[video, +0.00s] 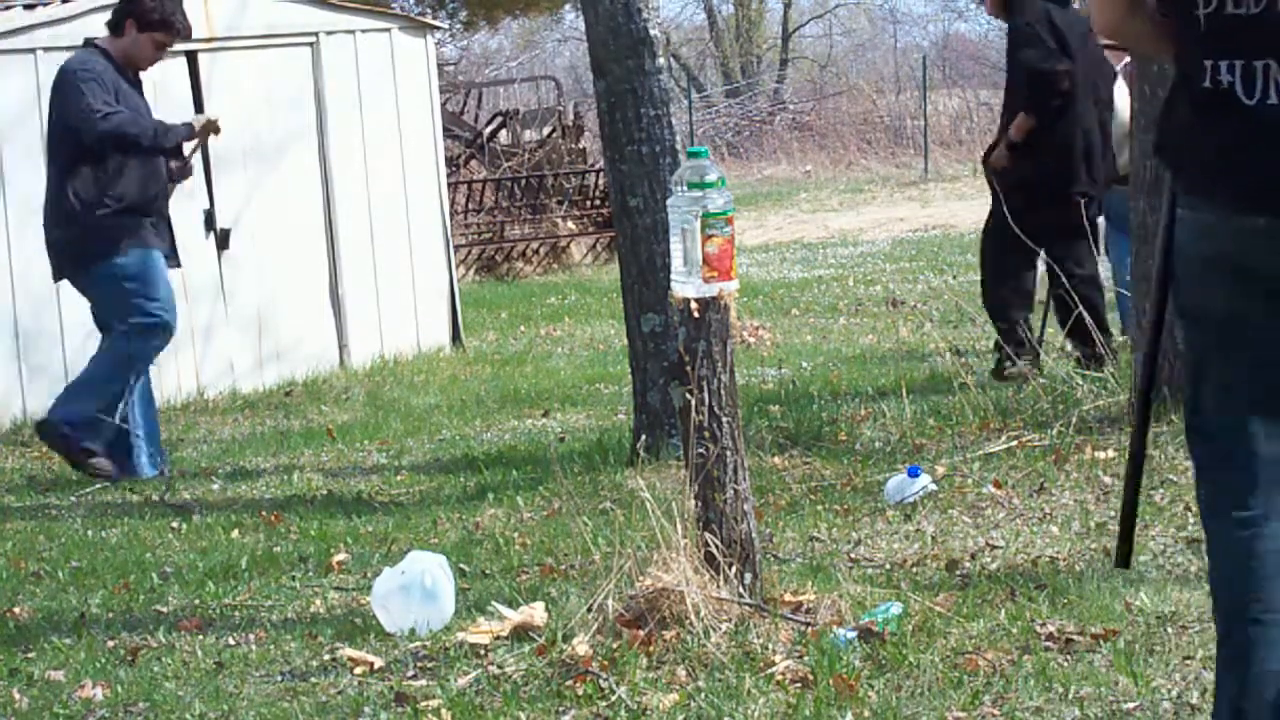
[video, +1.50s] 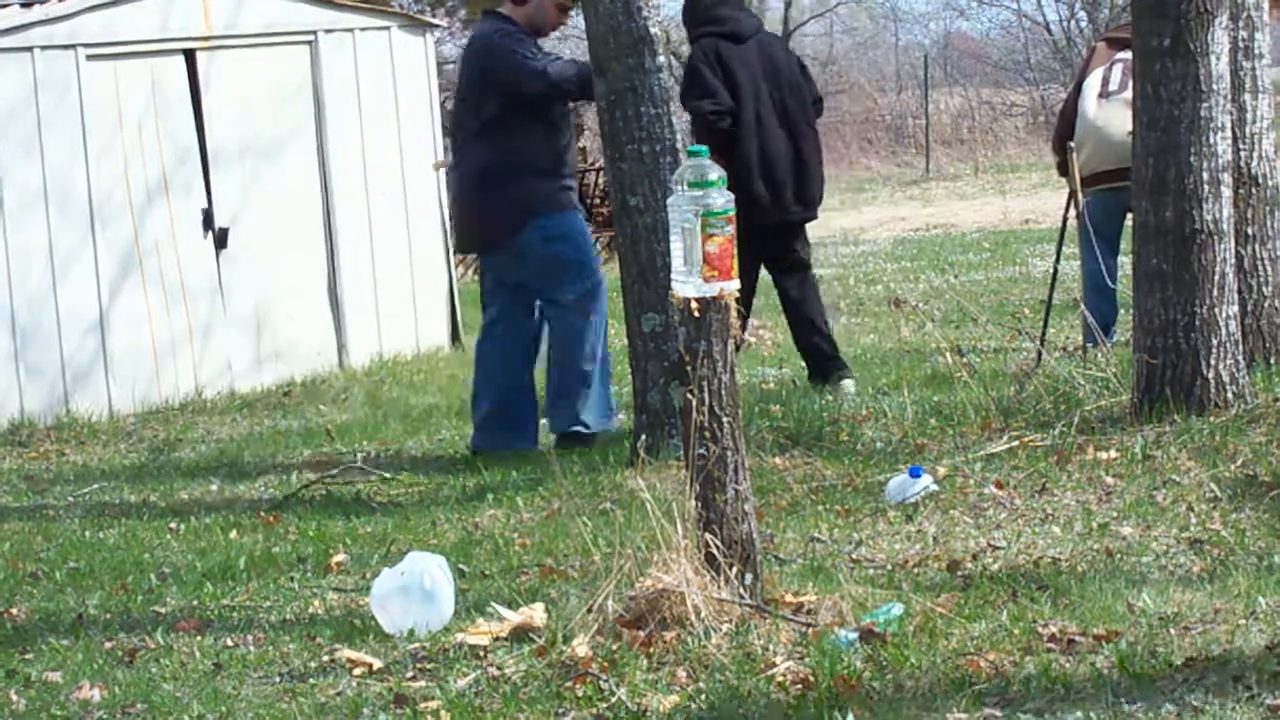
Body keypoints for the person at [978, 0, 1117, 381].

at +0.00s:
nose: (985, 6)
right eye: (983, 2)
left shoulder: (1026, 21)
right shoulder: (1075, 20)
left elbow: (1052, 83)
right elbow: (1104, 84)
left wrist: (1010, 142)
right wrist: (1096, 156)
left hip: (1033, 171)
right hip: (1079, 166)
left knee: (1004, 255)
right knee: (1073, 259)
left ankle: (1017, 356)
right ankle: (1095, 354)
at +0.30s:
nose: (899, 16)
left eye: (898, 8)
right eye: (896, 10)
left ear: (913, 2)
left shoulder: (937, 29)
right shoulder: (986, 24)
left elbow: (953, 99)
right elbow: (1023, 83)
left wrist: (926, 162)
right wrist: (1016, 160)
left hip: (960, 179)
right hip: (999, 173)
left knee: (941, 277)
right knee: (1009, 269)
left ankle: (937, 378)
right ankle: (1076, 348)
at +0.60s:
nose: (834, 16)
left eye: (833, 9)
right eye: (831, 10)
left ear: (845, 3)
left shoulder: (865, 30)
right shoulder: (921, 20)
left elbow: (883, 103)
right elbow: (962, 75)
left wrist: (869, 164)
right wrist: (949, 142)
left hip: (901, 172)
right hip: (937, 163)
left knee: (900, 260)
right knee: (899, 257)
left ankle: (929, 370)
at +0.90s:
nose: (785, 19)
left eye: (786, 12)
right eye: (784, 13)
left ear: (798, 9)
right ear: (835, 2)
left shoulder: (811, 41)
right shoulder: (872, 37)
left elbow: (820, 110)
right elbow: (906, 97)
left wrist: (807, 171)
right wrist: (889, 158)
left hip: (837, 180)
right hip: (881, 175)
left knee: (844, 274)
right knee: (848, 275)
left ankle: (920, 360)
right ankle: (832, 374)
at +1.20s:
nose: (741, 16)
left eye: (743, 11)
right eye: (742, 12)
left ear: (753, 8)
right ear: (798, 3)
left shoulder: (761, 40)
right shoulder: (829, 39)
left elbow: (766, 106)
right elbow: (863, 97)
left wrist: (753, 161)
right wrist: (833, 139)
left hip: (779, 178)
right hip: (832, 173)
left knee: (756, 264)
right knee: (824, 272)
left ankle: (780, 366)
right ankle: (833, 373)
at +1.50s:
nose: (686, 26)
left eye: (687, 19)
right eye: (687, 20)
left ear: (695, 18)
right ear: (738, 8)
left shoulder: (705, 55)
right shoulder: (774, 45)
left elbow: (713, 118)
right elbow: (813, 103)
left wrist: (708, 169)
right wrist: (777, 136)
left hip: (736, 191)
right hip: (788, 181)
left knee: (729, 292)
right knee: (797, 278)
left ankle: (710, 380)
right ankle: (830, 372)